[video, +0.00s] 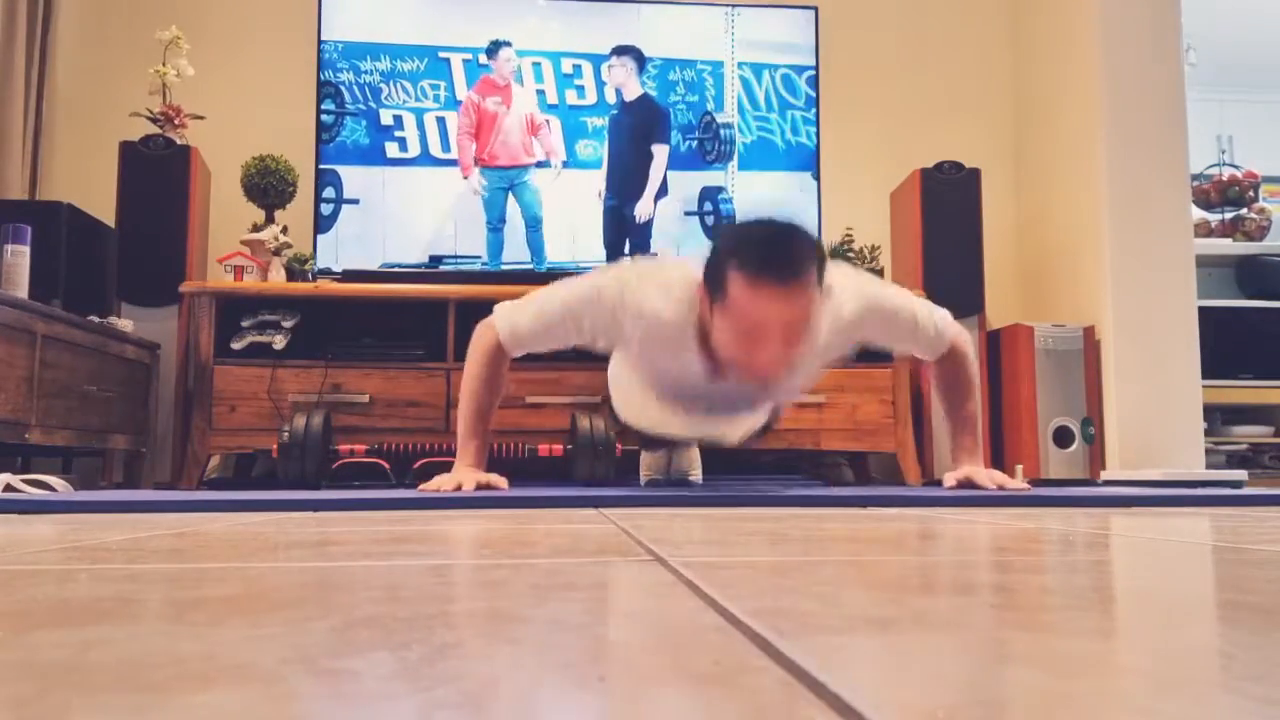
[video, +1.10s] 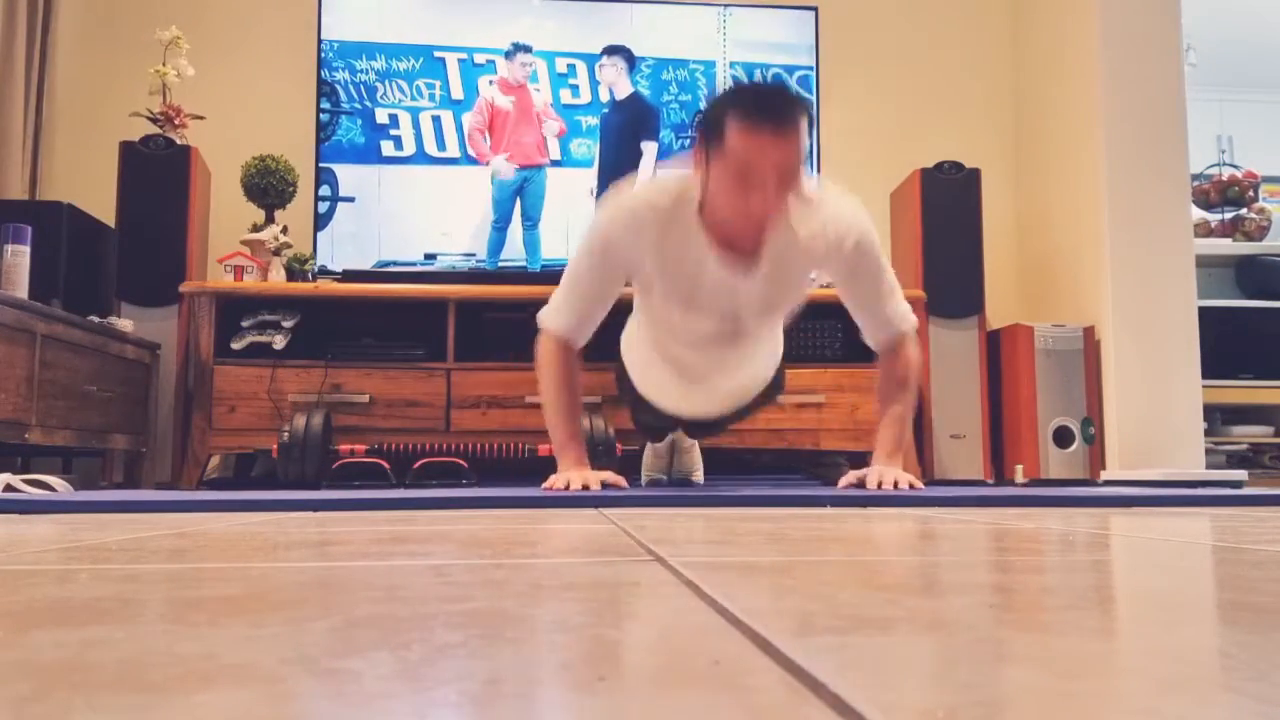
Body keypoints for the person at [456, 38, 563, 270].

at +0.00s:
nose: (514, 64)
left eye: (515, 59)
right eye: (508, 60)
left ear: (515, 60)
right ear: (493, 63)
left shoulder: (523, 94)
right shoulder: (476, 96)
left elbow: (539, 126)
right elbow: (464, 135)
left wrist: (552, 153)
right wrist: (469, 171)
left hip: (524, 170)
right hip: (492, 171)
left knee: (535, 218)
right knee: (495, 223)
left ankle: (540, 268)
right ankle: (494, 269)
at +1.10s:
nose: (528, 70)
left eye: (530, 65)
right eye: (523, 65)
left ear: (532, 66)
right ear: (508, 64)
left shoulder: (536, 95)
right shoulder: (491, 95)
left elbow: (560, 125)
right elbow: (474, 132)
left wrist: (557, 127)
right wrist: (491, 159)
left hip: (536, 169)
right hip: (507, 169)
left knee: (532, 223)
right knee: (501, 223)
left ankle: (535, 270)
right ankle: (490, 268)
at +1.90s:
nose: (543, 74)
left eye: (547, 68)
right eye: (539, 68)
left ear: (550, 68)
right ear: (525, 65)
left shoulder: (553, 98)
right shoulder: (506, 94)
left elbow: (570, 124)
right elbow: (486, 126)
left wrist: (589, 140)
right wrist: (519, 140)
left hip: (542, 169)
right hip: (512, 168)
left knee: (536, 218)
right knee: (505, 217)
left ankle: (538, 266)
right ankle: (495, 263)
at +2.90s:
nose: (531, 61)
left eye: (531, 56)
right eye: (525, 56)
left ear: (532, 57)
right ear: (510, 58)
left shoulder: (537, 86)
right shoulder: (496, 88)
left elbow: (553, 108)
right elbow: (484, 123)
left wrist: (563, 115)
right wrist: (512, 142)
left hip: (537, 159)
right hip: (510, 159)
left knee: (539, 210)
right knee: (507, 209)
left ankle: (544, 257)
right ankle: (503, 256)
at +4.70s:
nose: (526, 51)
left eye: (531, 47)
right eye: (521, 45)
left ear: (535, 52)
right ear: (511, 48)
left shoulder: (538, 82)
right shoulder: (497, 77)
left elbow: (559, 116)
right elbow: (476, 109)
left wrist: (543, 96)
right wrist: (505, 128)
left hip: (531, 156)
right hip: (502, 153)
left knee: (525, 207)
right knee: (484, 206)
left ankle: (525, 257)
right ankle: (464, 260)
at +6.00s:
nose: (516, 51)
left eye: (517, 46)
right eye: (512, 46)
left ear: (505, 48)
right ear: (496, 48)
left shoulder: (518, 78)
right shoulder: (478, 78)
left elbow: (542, 114)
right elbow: (462, 115)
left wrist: (526, 95)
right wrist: (502, 122)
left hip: (519, 156)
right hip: (489, 155)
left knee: (517, 210)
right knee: (475, 210)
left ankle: (526, 257)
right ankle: (462, 263)